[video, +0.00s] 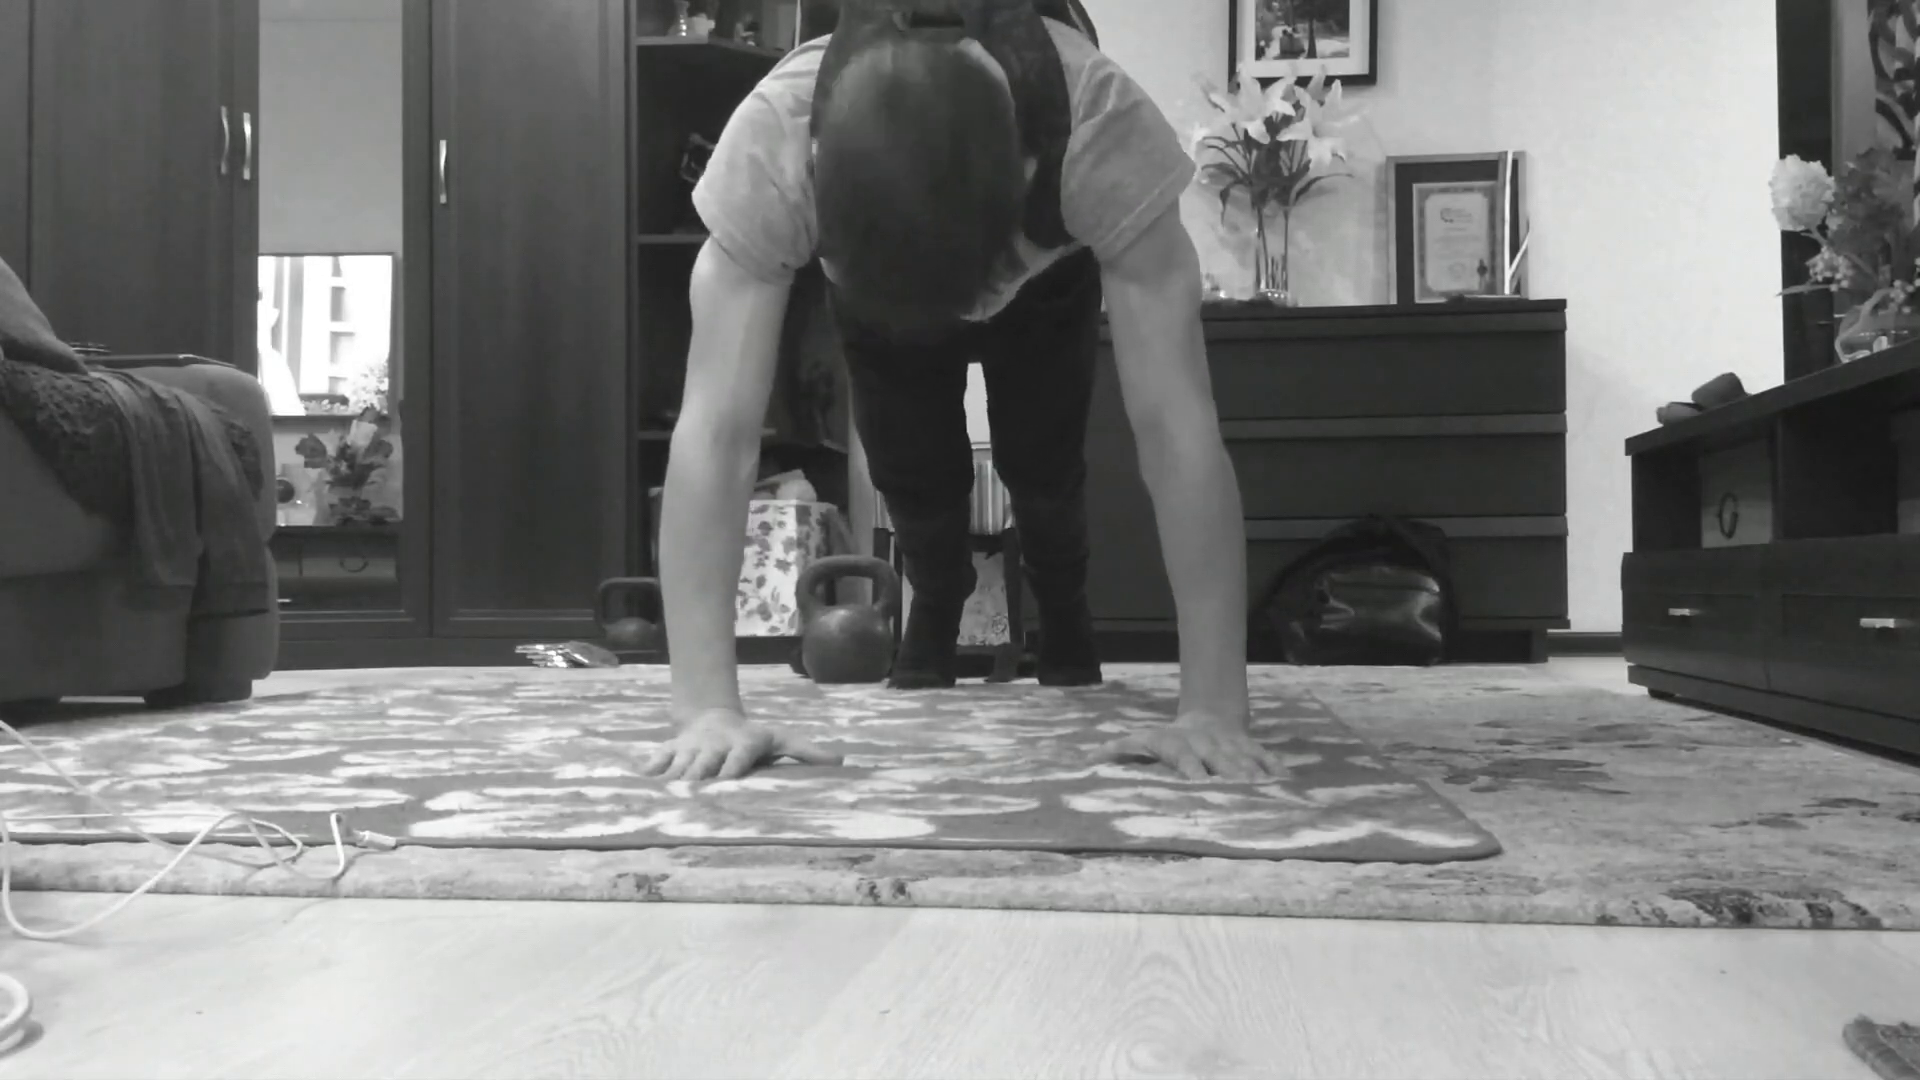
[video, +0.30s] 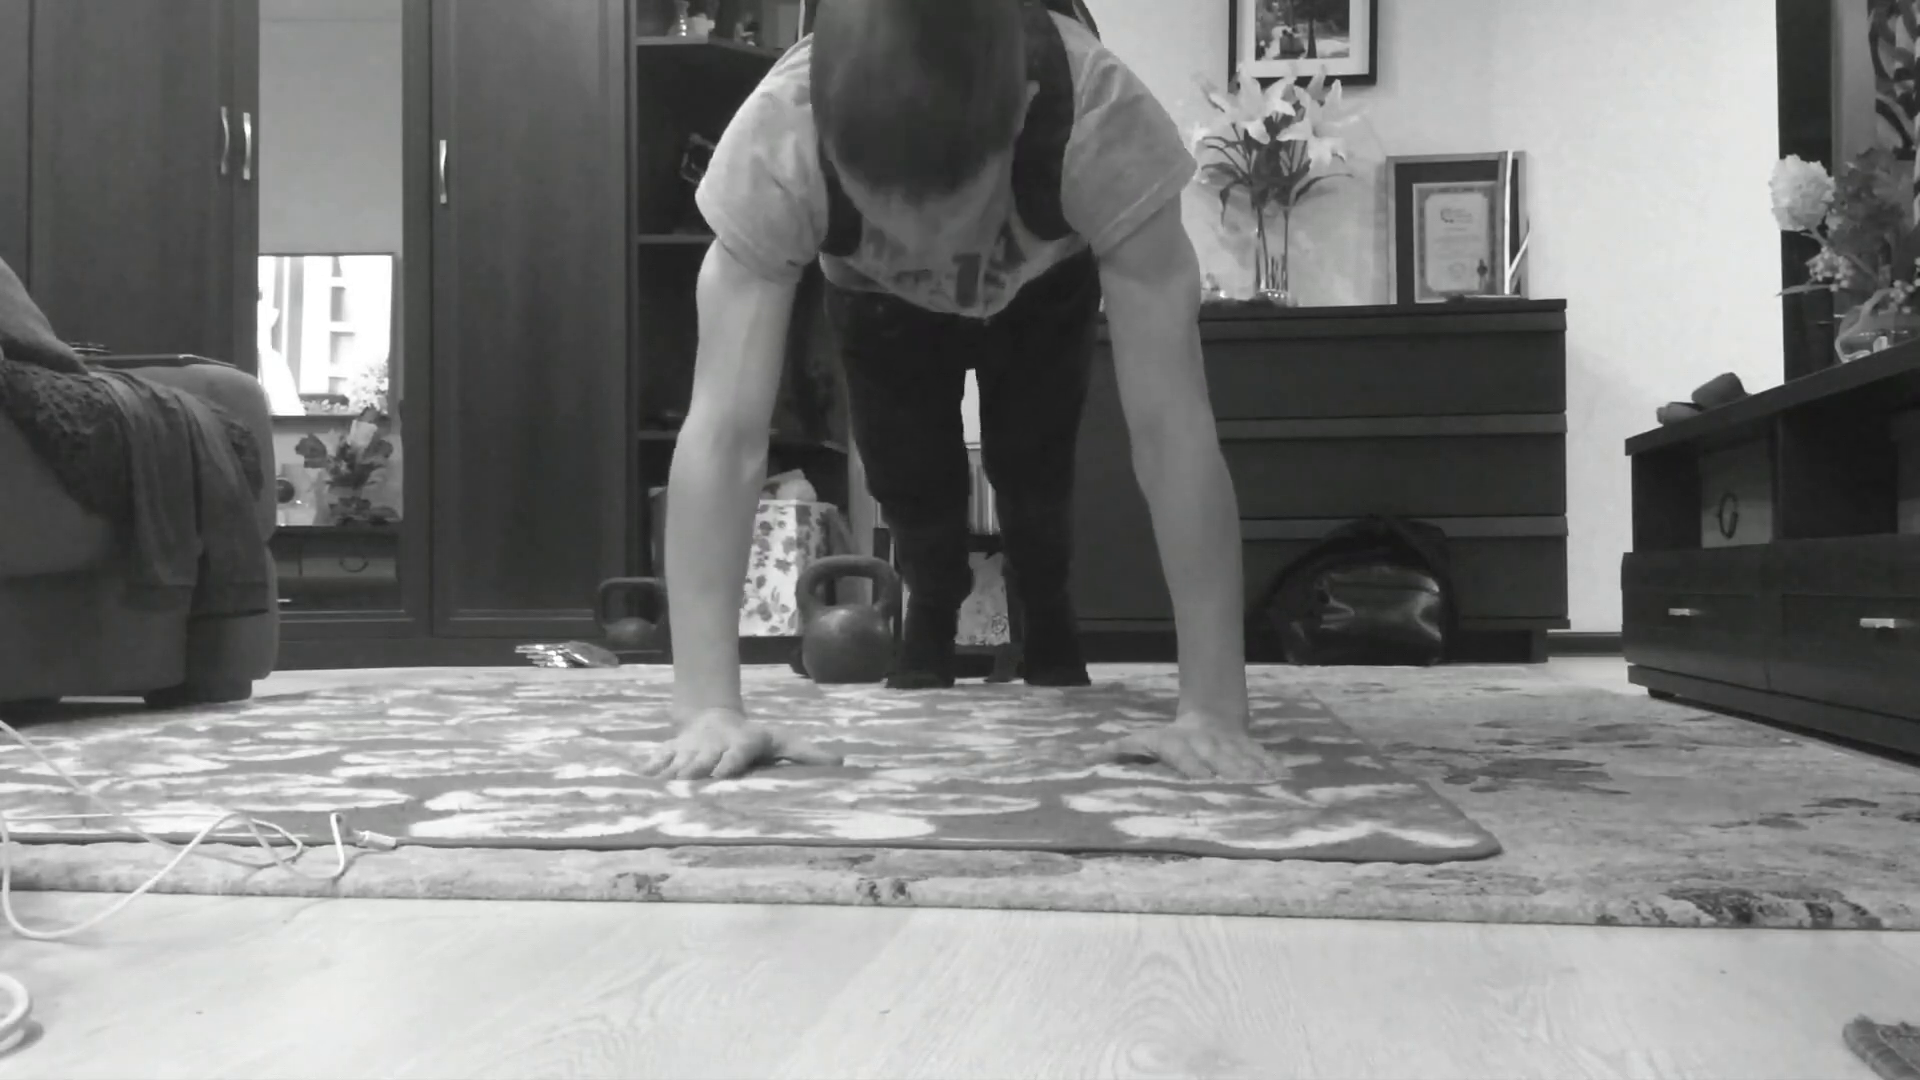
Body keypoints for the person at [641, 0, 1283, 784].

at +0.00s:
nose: (934, 326)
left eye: (965, 288)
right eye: (894, 309)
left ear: (1025, 176)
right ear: (821, 176)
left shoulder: (1115, 146)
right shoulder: (767, 156)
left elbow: (1181, 432)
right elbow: (713, 433)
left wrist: (1214, 712)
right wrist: (708, 709)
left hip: (1045, 261)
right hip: (869, 274)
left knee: (1042, 471)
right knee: (910, 477)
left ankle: (1060, 623)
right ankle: (933, 601)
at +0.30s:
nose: (932, 246)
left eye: (957, 208)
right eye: (893, 215)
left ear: (1021, 122)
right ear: (834, 145)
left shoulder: (1113, 144)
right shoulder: (775, 156)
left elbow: (1176, 436)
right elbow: (721, 436)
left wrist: (1216, 714)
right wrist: (707, 709)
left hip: (1044, 273)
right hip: (874, 282)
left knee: (1034, 485)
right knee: (908, 488)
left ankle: (1043, 645)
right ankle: (929, 608)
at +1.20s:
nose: (912, 132)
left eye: (952, 87)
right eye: (874, 87)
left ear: (1022, 42)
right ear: (834, 51)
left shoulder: (1108, 132)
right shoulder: (780, 137)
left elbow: (1175, 439)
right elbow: (722, 432)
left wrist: (1214, 710)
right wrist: (709, 711)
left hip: (1045, 332)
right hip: (880, 340)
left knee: (1045, 525)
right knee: (900, 531)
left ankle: (1066, 697)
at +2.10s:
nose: (916, 238)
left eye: (948, 202)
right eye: (880, 202)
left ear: (1013, 130)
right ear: (832, 143)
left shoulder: (1102, 163)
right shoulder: (768, 174)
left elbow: (1227, 446)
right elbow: (703, 447)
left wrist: (1217, 718)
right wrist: (708, 708)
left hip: (1045, 372)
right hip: (874, 378)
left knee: (1043, 544)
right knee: (903, 547)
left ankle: (1054, 606)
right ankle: (918, 605)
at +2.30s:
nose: (927, 359)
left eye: (959, 326)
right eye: (889, 329)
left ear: (1021, 229)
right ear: (832, 236)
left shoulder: (1107, 228)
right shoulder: (763, 234)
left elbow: (1278, 458)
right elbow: (674, 457)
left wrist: (1224, 710)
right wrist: (705, 705)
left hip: (1046, 439)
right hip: (877, 449)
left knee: (1043, 565)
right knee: (909, 579)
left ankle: (1051, 624)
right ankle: (917, 626)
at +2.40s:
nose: (930, 401)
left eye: (962, 363)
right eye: (894, 367)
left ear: (1030, 273)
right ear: (836, 275)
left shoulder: (1107, 253)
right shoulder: (765, 264)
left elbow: (1295, 460)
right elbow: (662, 465)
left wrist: (1228, 707)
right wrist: (705, 708)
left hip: (1047, 468)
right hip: (880, 481)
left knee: (1043, 566)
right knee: (909, 585)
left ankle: (1048, 616)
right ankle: (915, 626)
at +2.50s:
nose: (939, 502)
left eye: (980, 465)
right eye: (896, 469)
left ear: (1040, 353)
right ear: (840, 366)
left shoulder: (1117, 314)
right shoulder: (772, 312)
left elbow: (1315, 470)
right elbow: (649, 475)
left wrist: (1227, 709)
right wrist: (702, 704)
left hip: (1052, 503)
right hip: (881, 524)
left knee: (1044, 581)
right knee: (908, 601)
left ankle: (1051, 625)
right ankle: (917, 639)